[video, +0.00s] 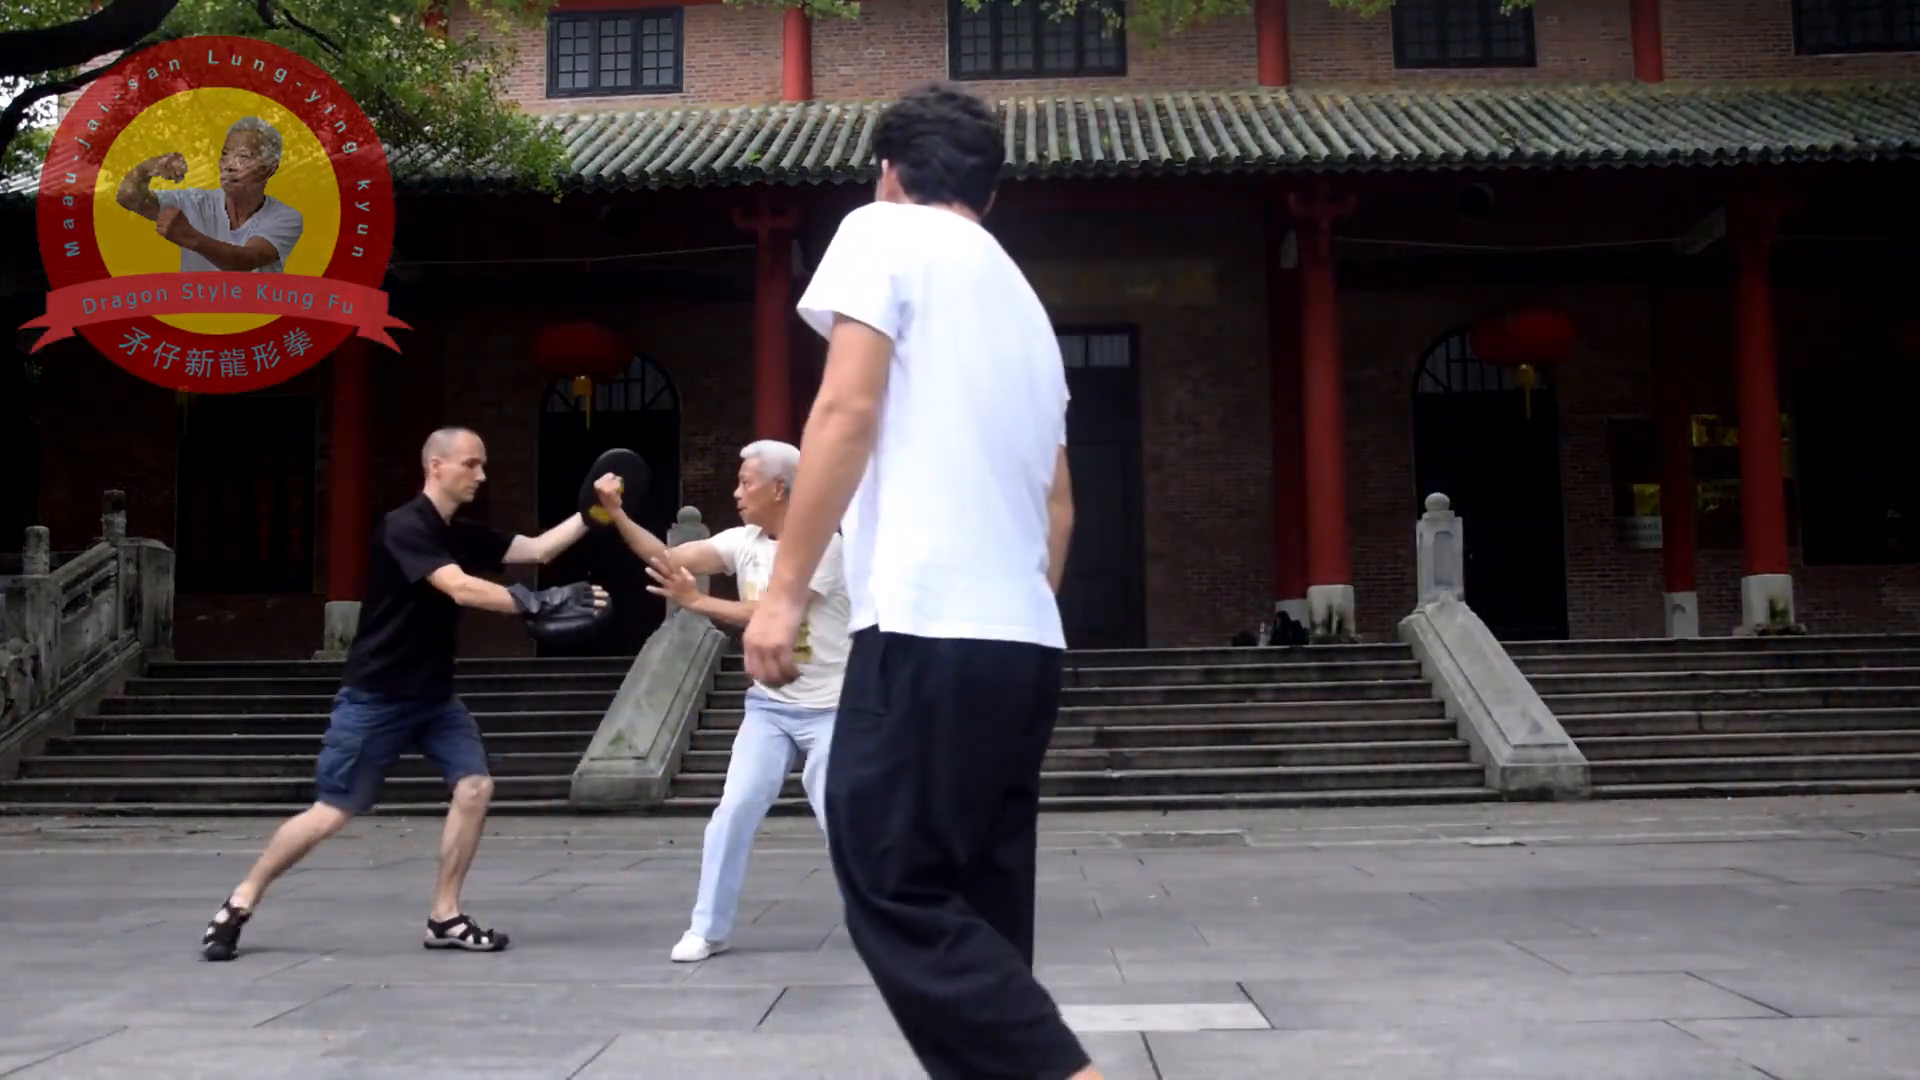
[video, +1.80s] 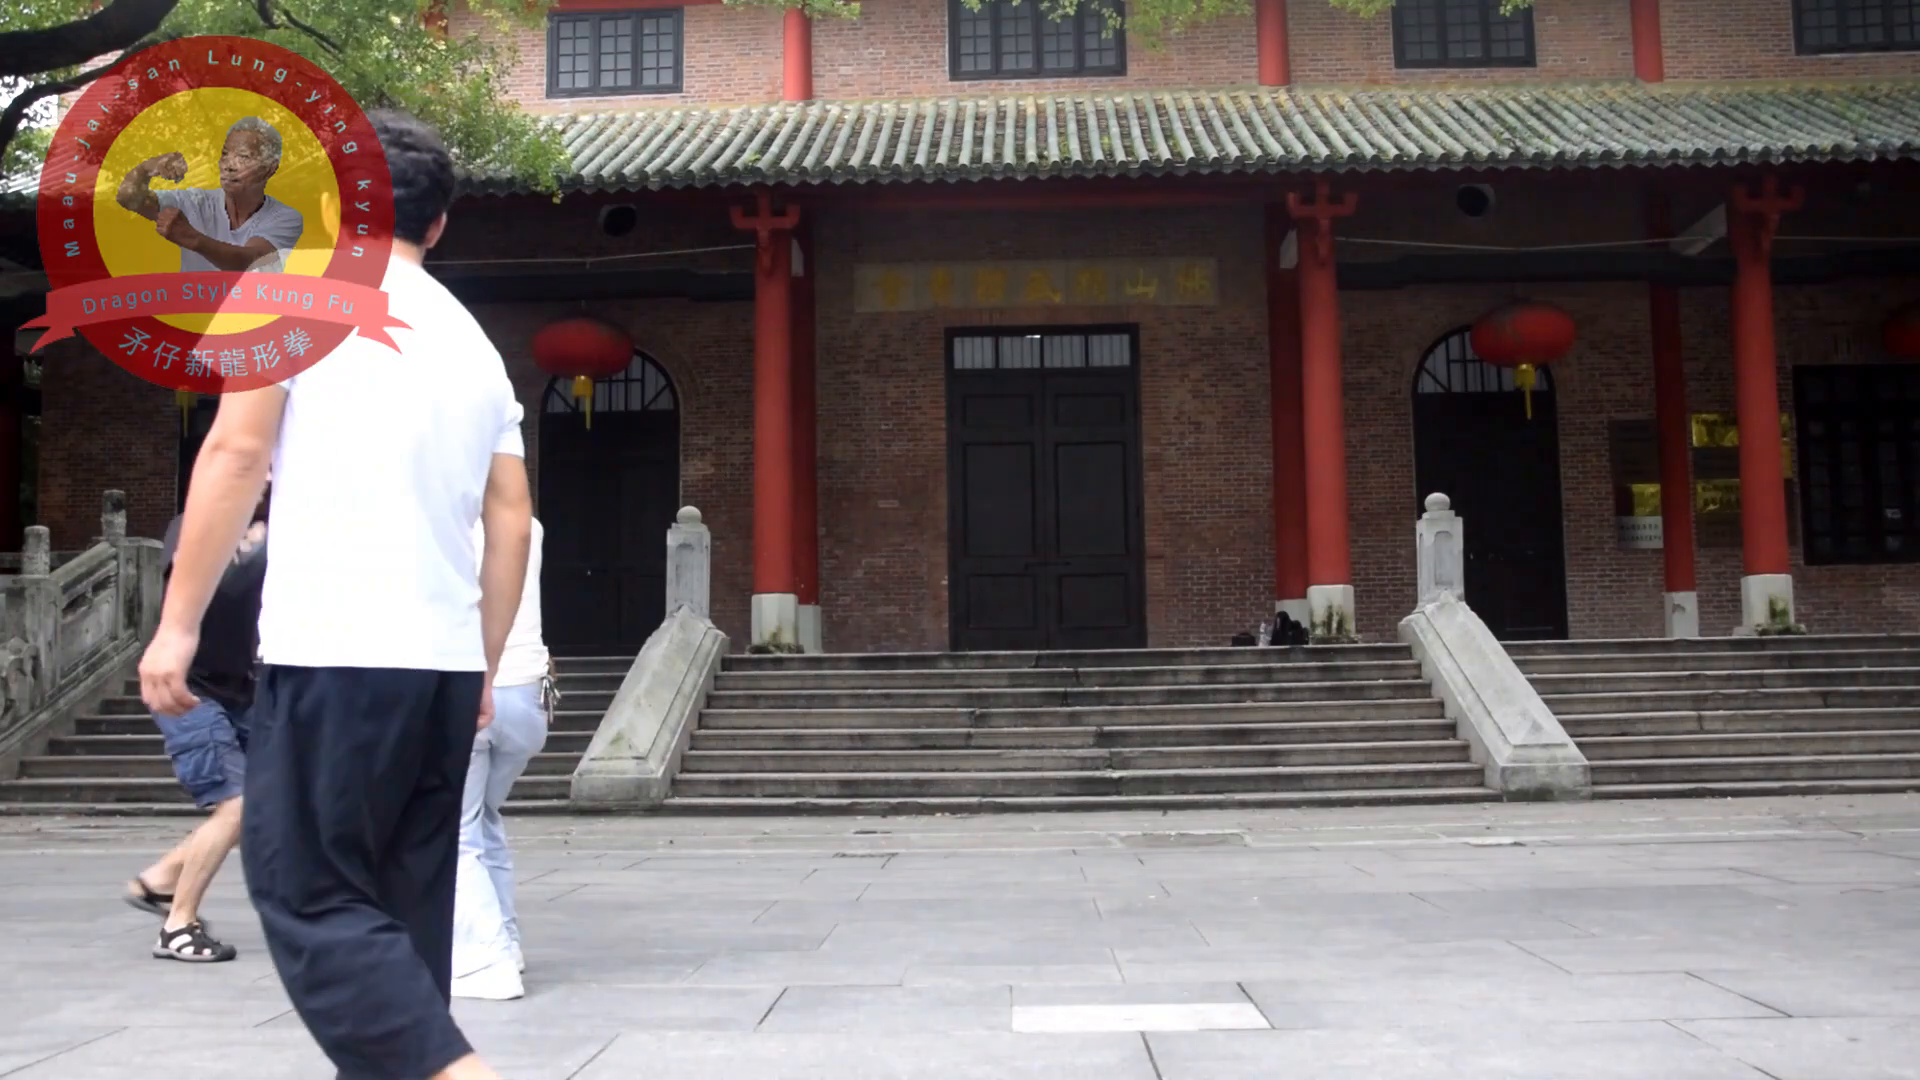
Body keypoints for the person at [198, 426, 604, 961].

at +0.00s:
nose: (481, 474)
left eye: (483, 465)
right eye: (471, 464)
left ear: (457, 471)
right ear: (437, 467)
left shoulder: (460, 530)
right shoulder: (405, 525)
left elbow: (533, 551)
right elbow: (459, 587)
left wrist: (591, 513)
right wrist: (541, 604)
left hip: (434, 698)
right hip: (374, 698)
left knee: (475, 788)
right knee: (332, 813)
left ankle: (445, 917)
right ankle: (241, 901)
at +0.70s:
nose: (405, 475)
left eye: (406, 465)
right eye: (394, 466)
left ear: (393, 474)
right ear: (359, 473)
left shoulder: (388, 536)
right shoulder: (347, 534)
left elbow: (455, 574)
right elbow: (413, 605)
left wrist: (517, 538)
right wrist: (478, 631)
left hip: (383, 700)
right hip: (323, 703)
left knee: (438, 787)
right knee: (286, 822)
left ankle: (453, 916)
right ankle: (224, 919)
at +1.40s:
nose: (376, 488)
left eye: (378, 479)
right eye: (367, 481)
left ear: (384, 486)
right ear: (348, 488)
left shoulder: (392, 544)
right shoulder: (328, 543)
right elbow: (374, 606)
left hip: (375, 703)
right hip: (319, 706)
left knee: (430, 809)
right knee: (302, 830)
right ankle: (201, 901)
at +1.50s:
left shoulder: (357, 537)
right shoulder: (277, 541)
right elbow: (310, 616)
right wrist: (372, 634)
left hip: (347, 700)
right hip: (291, 702)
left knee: (402, 814)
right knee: (287, 827)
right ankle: (181, 913)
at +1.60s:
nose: (292, 489)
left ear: (307, 489)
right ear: (257, 487)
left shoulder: (315, 538)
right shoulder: (238, 539)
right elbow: (257, 608)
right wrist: (306, 671)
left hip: (306, 697)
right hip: (250, 699)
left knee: (366, 801)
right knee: (266, 822)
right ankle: (181, 923)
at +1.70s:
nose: (265, 488)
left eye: (270, 483)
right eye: (256, 482)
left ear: (277, 489)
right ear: (236, 487)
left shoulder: (290, 540)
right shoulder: (213, 535)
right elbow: (214, 590)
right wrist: (256, 631)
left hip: (274, 691)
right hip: (218, 691)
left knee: (302, 794)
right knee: (255, 810)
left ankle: (286, 899)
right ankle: (180, 924)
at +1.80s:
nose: (258, 484)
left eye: (262, 480)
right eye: (250, 478)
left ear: (265, 485)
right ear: (218, 482)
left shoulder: (265, 528)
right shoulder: (193, 529)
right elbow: (201, 577)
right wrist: (263, 541)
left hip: (240, 688)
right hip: (190, 686)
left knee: (253, 802)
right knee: (235, 804)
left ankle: (159, 879)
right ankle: (180, 924)